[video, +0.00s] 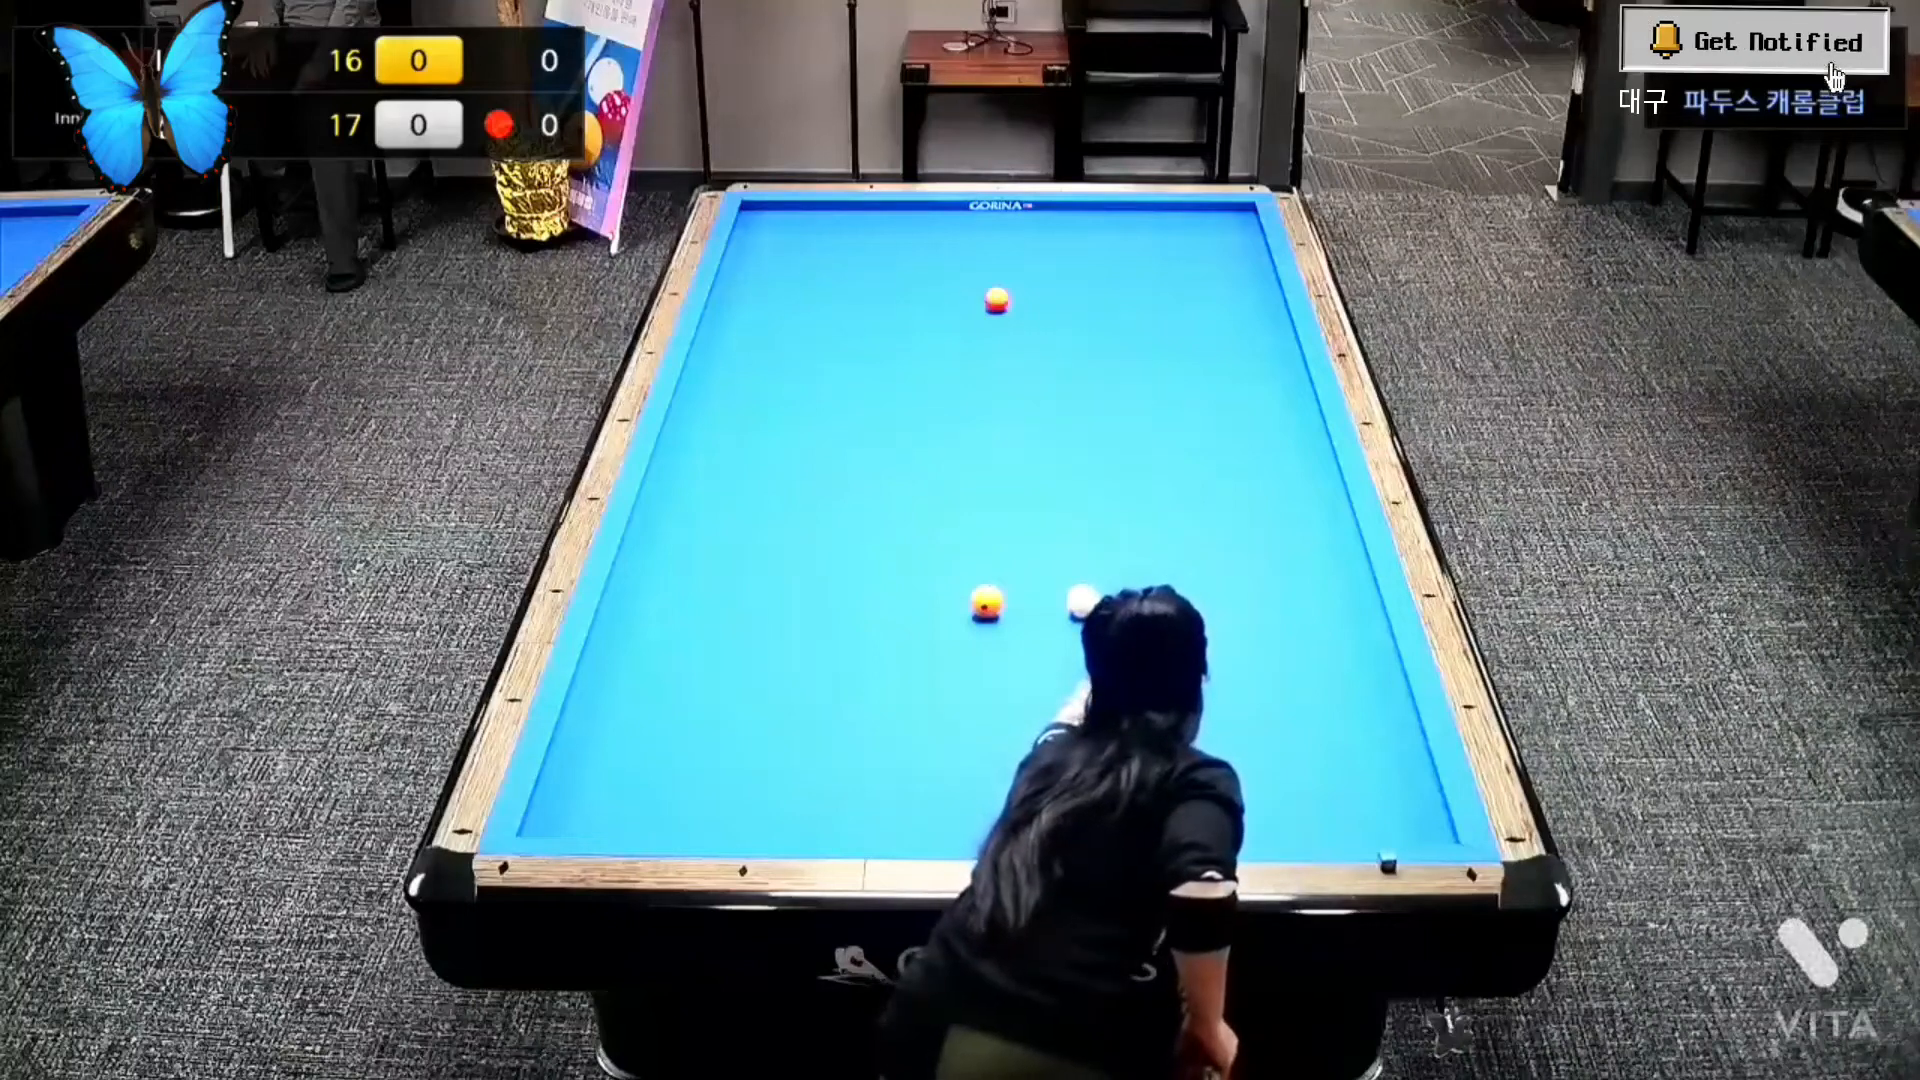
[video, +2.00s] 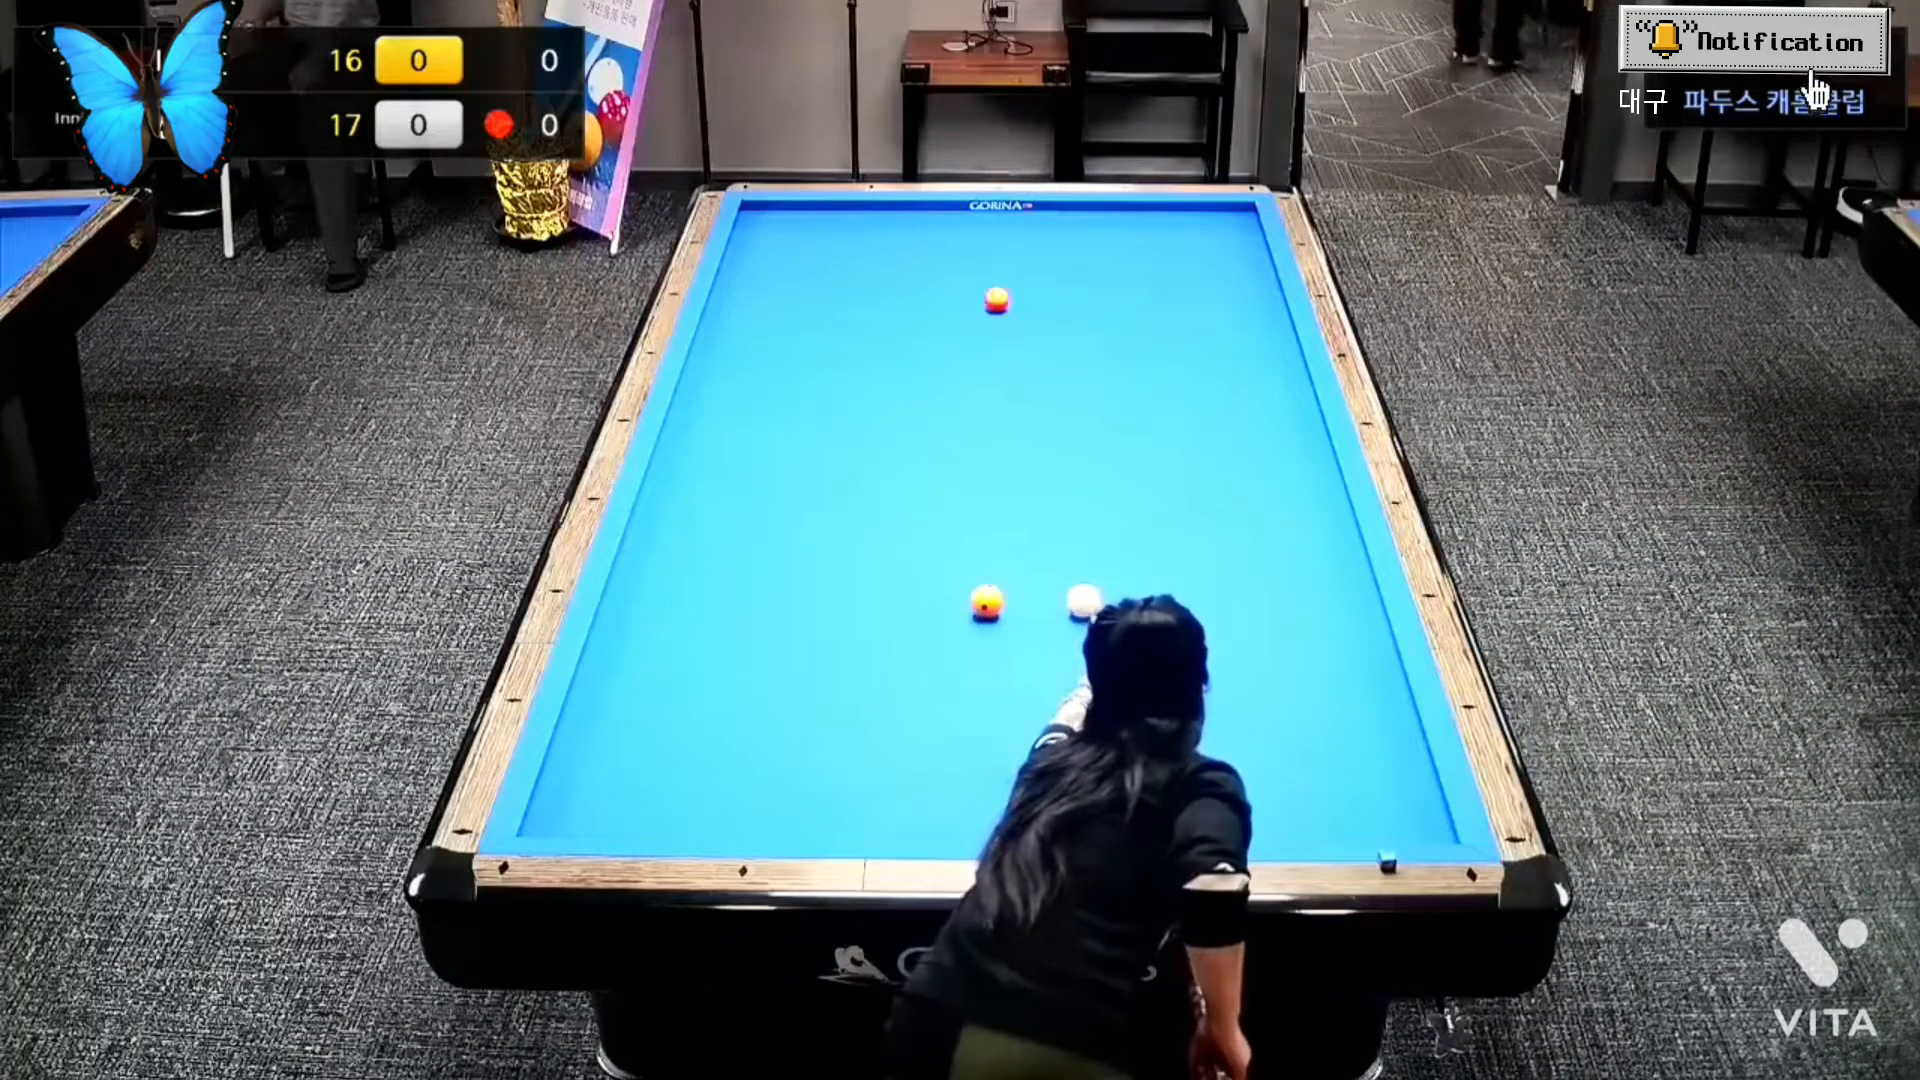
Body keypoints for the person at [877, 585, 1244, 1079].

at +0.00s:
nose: (1207, 673)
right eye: (1202, 662)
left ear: (1099, 676)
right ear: (1196, 676)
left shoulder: (1053, 754)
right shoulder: (1199, 777)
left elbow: (1072, 714)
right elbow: (1200, 893)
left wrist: (1104, 663)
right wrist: (1207, 1024)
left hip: (968, 1034)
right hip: (1089, 1050)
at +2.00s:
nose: (1209, 681)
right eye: (1204, 671)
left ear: (1099, 687)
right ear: (1195, 684)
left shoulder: (1052, 758)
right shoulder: (1205, 781)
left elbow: (1077, 704)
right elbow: (1212, 889)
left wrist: (1099, 669)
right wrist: (1222, 1024)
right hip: (1083, 1041)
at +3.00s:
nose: (1214, 677)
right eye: (1209, 667)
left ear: (1102, 682)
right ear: (1200, 679)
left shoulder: (1055, 755)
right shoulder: (1212, 776)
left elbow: (1079, 705)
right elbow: (1221, 894)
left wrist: (1097, 673)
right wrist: (1234, 1052)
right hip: (1091, 1038)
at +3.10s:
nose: (1216, 672)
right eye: (1210, 662)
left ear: (1105, 679)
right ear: (1201, 676)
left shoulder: (1056, 755)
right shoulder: (1214, 775)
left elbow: (1078, 707)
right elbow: (1224, 896)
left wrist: (1101, 671)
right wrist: (1236, 1050)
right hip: (1101, 1040)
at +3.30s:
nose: (1219, 665)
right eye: (1212, 653)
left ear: (1107, 671)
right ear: (1202, 669)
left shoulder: (1059, 747)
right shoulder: (1218, 769)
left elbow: (1083, 698)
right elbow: (1233, 884)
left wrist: (1105, 660)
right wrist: (1239, 1041)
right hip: (1114, 1038)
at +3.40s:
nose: (1221, 665)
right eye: (1214, 654)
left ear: (1108, 669)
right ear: (1204, 668)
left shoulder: (1058, 748)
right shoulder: (1219, 770)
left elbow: (1085, 697)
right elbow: (1239, 887)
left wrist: (1106, 661)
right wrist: (1235, 976)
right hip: (1112, 1034)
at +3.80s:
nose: (1216, 661)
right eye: (1210, 649)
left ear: (1108, 661)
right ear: (1200, 662)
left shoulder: (1054, 744)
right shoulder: (1219, 769)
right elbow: (1238, 882)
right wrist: (1228, 943)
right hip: (1106, 1034)